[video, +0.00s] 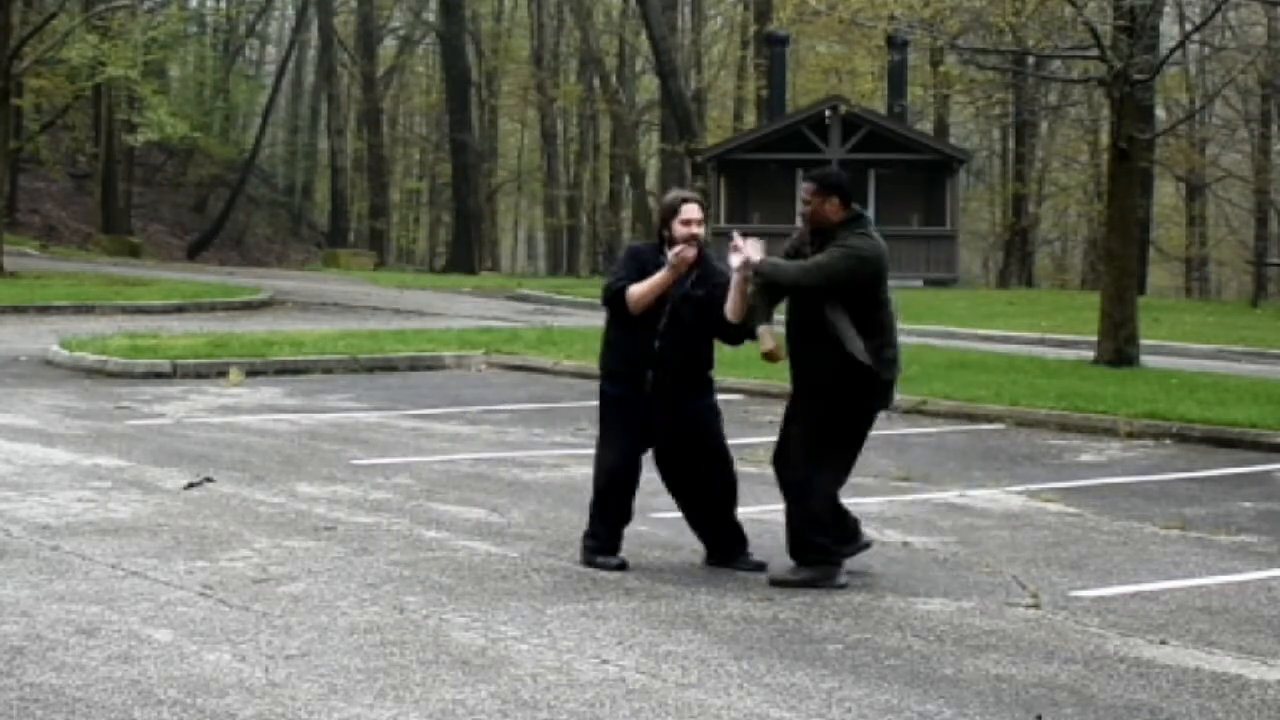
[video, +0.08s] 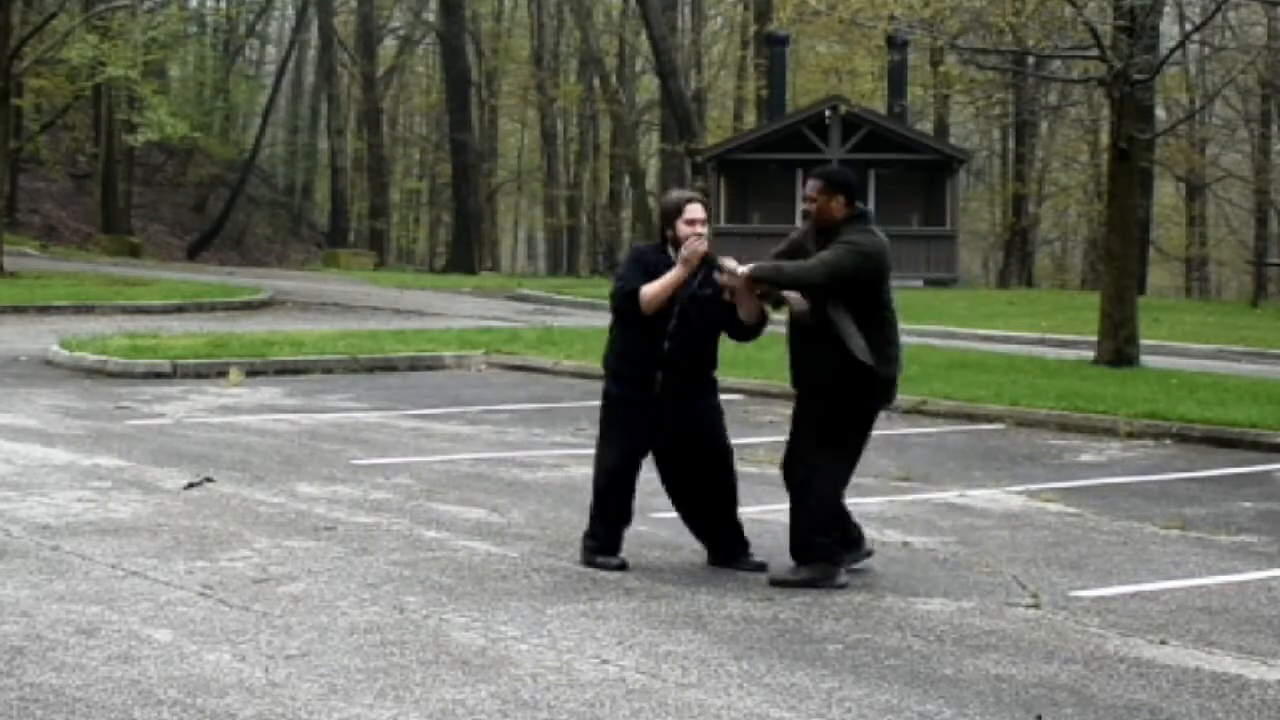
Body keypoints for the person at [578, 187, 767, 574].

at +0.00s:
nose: (694, 230)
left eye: (699, 223)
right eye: (686, 223)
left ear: (706, 228)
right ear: (666, 227)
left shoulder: (711, 273)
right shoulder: (639, 258)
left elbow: (732, 331)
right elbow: (621, 306)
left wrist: (740, 277)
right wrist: (670, 271)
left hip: (686, 391)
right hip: (630, 389)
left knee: (710, 470)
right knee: (616, 470)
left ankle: (725, 549)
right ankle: (600, 547)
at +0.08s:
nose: (698, 231)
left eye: (704, 223)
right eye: (690, 223)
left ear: (710, 228)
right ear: (670, 227)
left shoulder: (716, 274)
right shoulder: (643, 260)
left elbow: (747, 331)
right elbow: (628, 307)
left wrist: (744, 292)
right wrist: (682, 270)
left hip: (691, 391)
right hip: (634, 389)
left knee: (711, 470)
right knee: (615, 470)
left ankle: (727, 550)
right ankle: (600, 548)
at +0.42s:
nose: (696, 216)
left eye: (698, 209)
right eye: (686, 211)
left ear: (704, 211)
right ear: (663, 219)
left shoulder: (719, 247)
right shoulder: (658, 255)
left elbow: (767, 269)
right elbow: (727, 246)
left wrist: (806, 290)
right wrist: (751, 212)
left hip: (727, 380)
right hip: (677, 382)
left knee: (733, 469)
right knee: (653, 467)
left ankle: (731, 548)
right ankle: (595, 531)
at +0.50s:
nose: (699, 213)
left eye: (700, 206)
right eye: (689, 209)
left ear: (704, 208)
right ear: (667, 216)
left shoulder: (714, 245)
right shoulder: (662, 253)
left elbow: (763, 267)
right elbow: (730, 241)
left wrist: (805, 284)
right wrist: (759, 203)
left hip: (732, 378)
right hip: (683, 382)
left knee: (737, 468)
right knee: (664, 462)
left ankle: (731, 549)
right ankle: (602, 537)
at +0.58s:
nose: (707, 212)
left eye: (707, 205)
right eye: (699, 207)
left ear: (704, 210)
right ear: (675, 213)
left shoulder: (714, 249)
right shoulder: (664, 251)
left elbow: (752, 278)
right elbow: (733, 250)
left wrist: (802, 288)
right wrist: (775, 224)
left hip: (728, 378)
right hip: (677, 380)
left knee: (737, 467)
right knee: (670, 457)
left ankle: (731, 549)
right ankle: (622, 550)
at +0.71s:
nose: (725, 218)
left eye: (723, 210)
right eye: (717, 212)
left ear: (685, 218)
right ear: (695, 218)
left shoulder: (666, 255)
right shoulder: (699, 257)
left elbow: (737, 299)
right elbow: (749, 292)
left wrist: (801, 300)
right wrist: (780, 277)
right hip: (686, 384)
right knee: (681, 464)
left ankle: (728, 549)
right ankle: (649, 559)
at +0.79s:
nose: (728, 226)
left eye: (727, 218)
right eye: (722, 219)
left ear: (690, 225)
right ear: (701, 224)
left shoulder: (665, 262)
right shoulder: (702, 264)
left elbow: (732, 306)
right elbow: (744, 305)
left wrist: (799, 311)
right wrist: (782, 283)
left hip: (650, 382)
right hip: (683, 389)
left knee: (671, 467)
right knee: (689, 467)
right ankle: (659, 565)